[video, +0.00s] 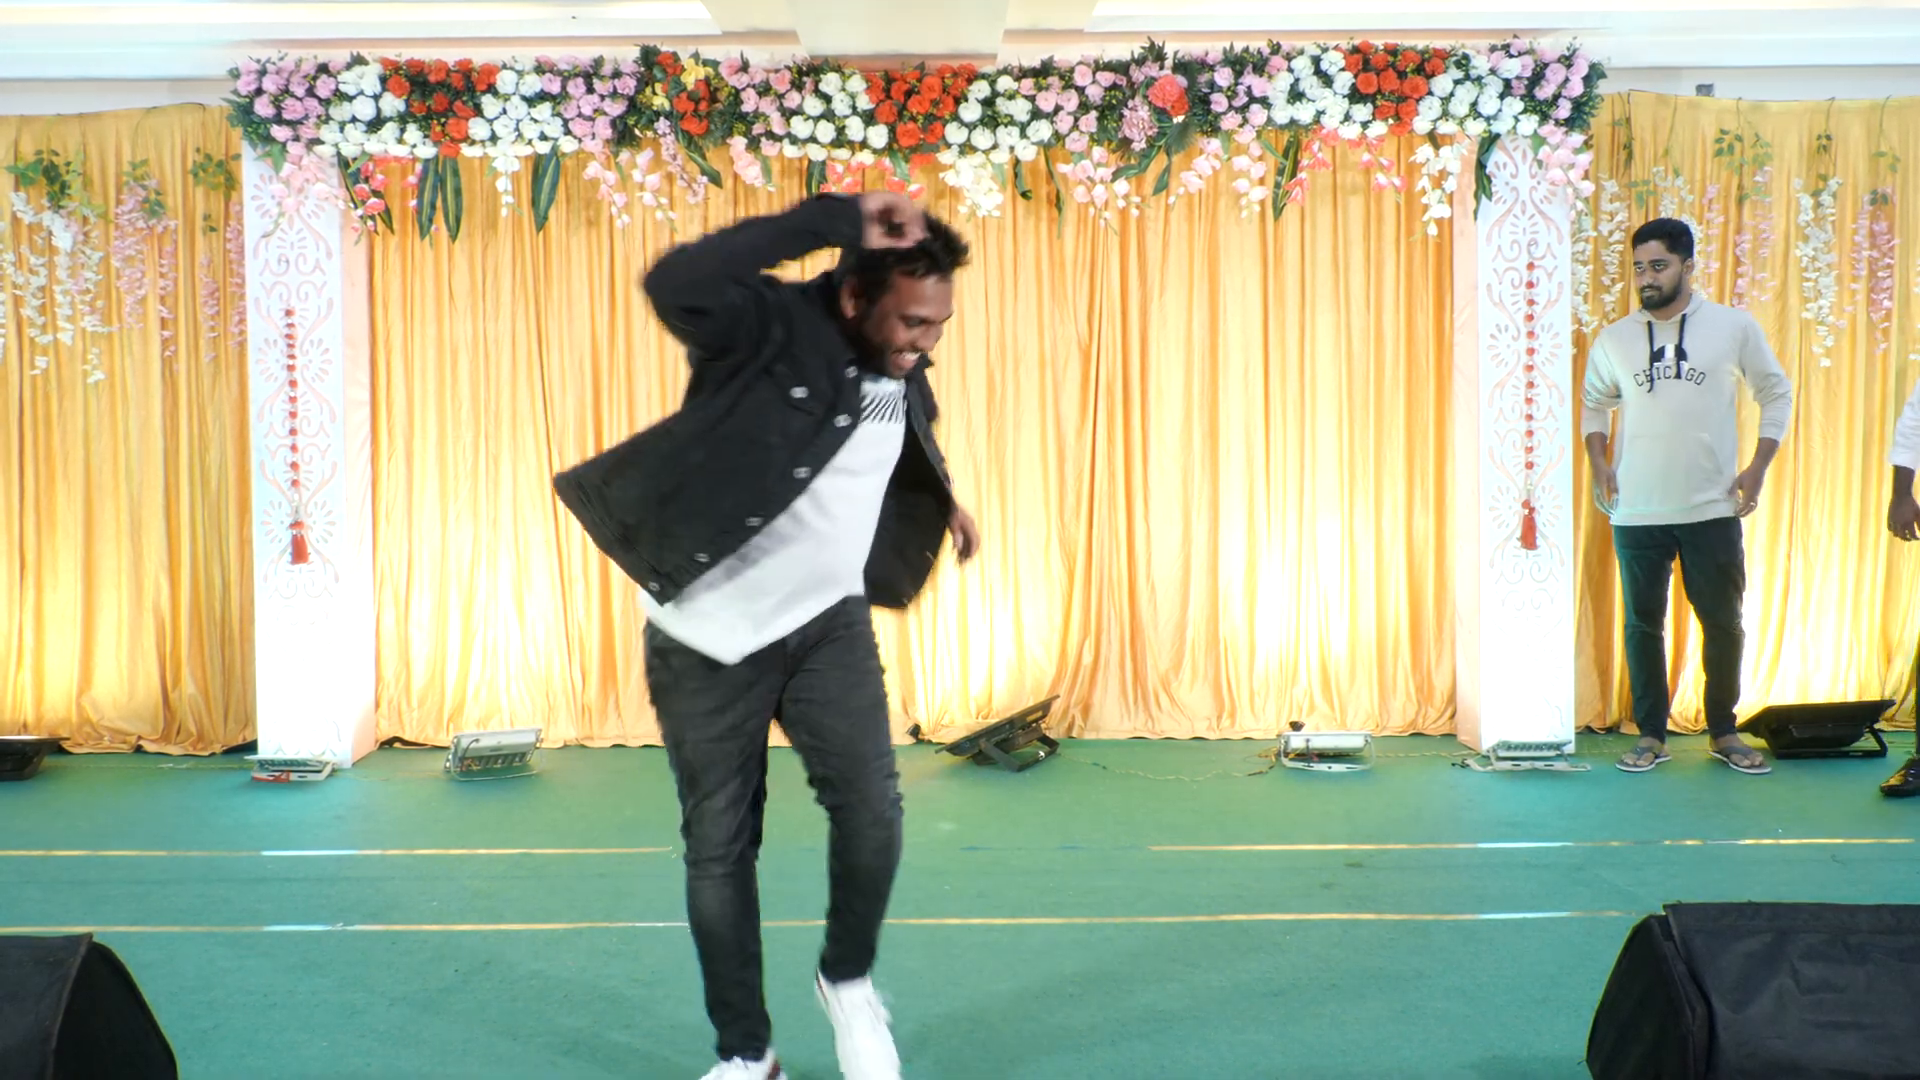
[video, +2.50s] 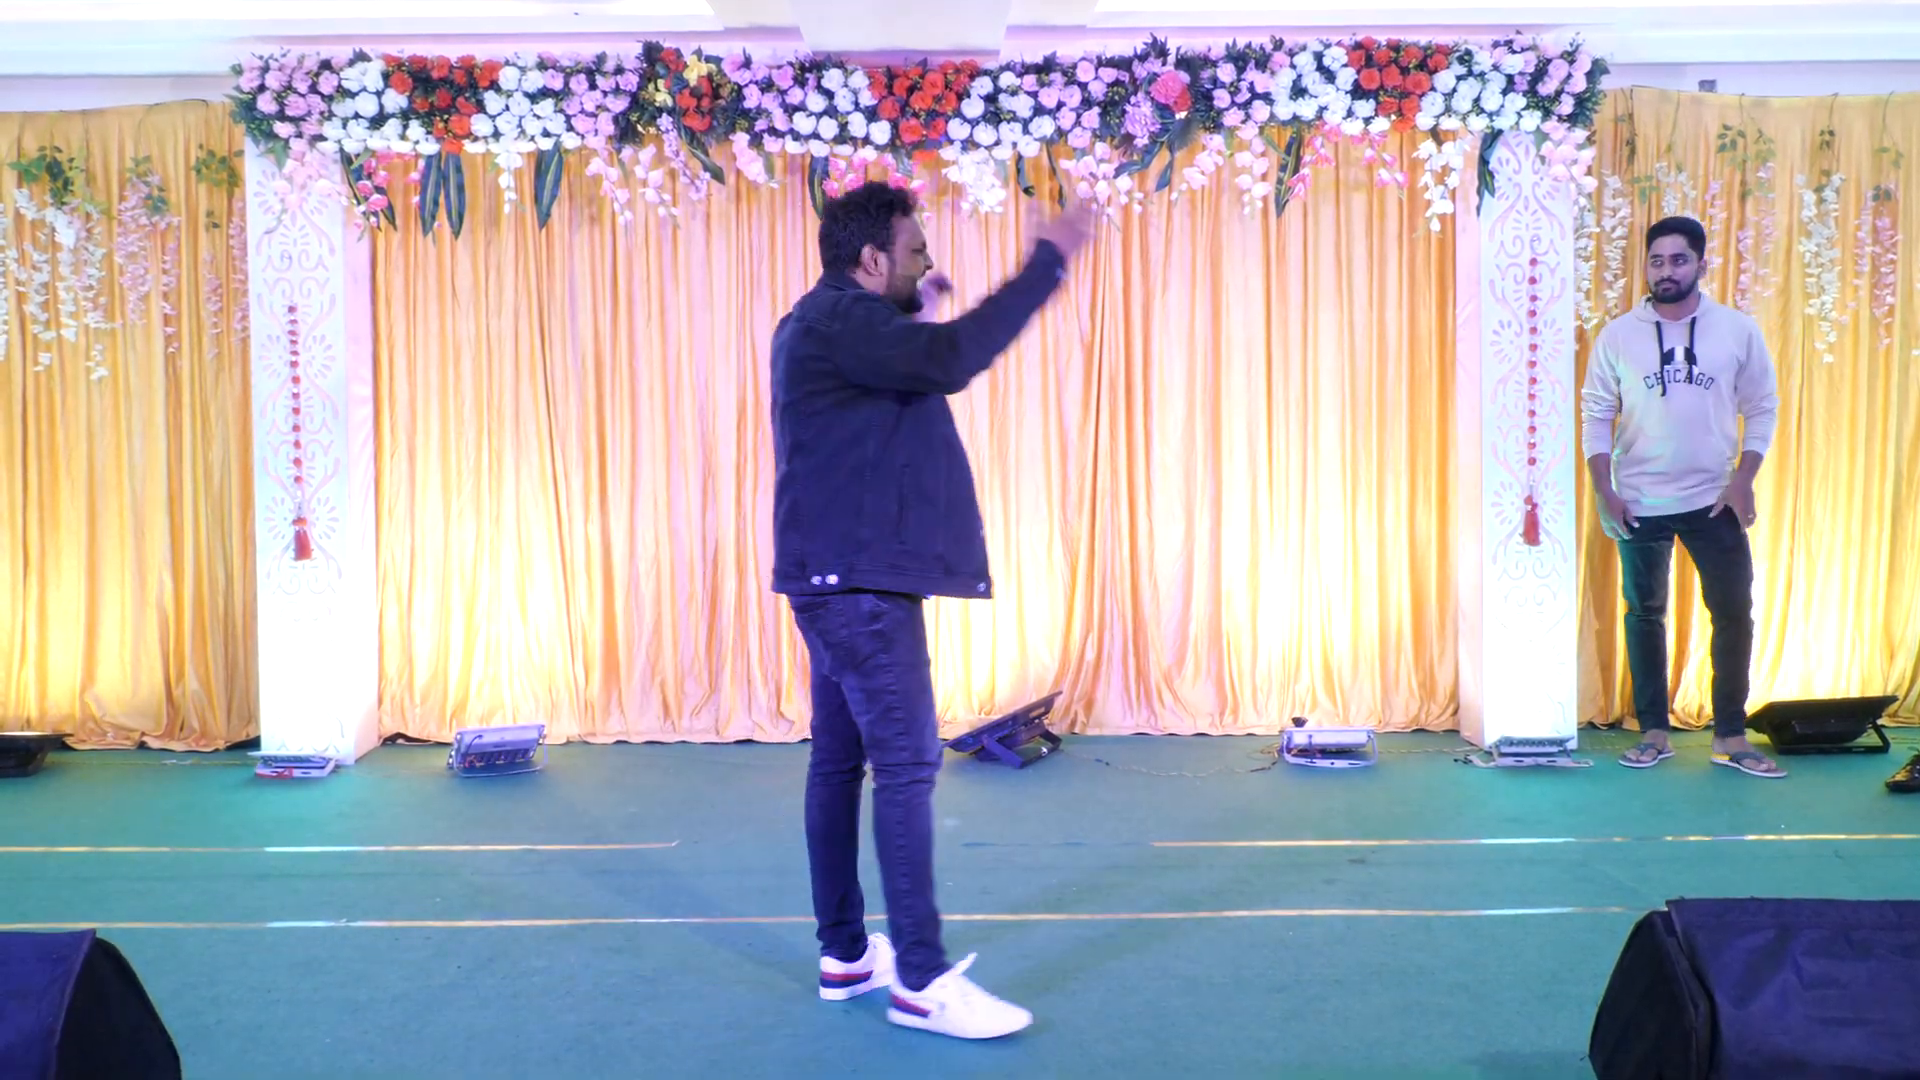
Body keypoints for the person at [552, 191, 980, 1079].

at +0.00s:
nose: (924, 342)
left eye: (937, 325)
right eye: (912, 323)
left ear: (945, 312)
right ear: (854, 294)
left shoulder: (903, 371)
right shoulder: (765, 327)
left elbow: (900, 448)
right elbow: (674, 283)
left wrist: (945, 504)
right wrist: (836, 221)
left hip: (828, 619)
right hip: (708, 632)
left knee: (873, 815)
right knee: (719, 846)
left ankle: (847, 979)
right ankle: (742, 1055)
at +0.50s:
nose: (988, 320)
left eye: (997, 300)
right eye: (973, 299)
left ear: (998, 288)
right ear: (909, 285)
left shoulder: (956, 361)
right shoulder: (828, 356)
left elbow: (935, 467)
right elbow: (788, 498)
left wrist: (1003, 522)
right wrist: (958, 526)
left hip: (910, 649)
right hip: (803, 649)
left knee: (911, 852)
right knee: (818, 844)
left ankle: (887, 1061)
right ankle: (704, 880)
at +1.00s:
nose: (931, 249)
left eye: (931, 232)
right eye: (910, 234)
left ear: (921, 238)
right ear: (842, 246)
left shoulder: (963, 356)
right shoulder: (746, 345)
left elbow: (1061, 456)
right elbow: (663, 478)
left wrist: (1162, 468)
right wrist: (607, 602)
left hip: (901, 654)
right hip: (775, 653)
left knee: (894, 850)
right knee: (767, 846)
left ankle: (889, 1058)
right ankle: (802, 997)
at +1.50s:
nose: (852, 249)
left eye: (855, 232)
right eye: (830, 235)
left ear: (859, 236)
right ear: (768, 248)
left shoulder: (898, 325)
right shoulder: (693, 353)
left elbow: (1018, 334)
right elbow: (613, 475)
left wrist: (1056, 252)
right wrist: (648, 595)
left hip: (876, 623)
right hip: (758, 638)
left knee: (912, 801)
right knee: (792, 815)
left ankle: (928, 993)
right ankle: (814, 1007)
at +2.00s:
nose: (911, 300)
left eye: (918, 284)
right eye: (902, 281)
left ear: (902, 277)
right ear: (849, 265)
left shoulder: (882, 348)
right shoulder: (789, 323)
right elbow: (780, 247)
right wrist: (839, 227)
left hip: (850, 596)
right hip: (788, 597)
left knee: (835, 775)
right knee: (799, 793)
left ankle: (847, 940)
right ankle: (811, 999)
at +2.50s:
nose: (925, 266)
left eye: (922, 249)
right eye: (914, 250)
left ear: (852, 258)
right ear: (868, 257)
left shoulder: (811, 321)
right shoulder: (843, 318)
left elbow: (853, 407)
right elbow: (944, 359)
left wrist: (914, 316)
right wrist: (1049, 261)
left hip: (827, 580)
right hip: (862, 582)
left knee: (837, 761)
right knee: (906, 762)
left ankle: (843, 954)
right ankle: (922, 977)